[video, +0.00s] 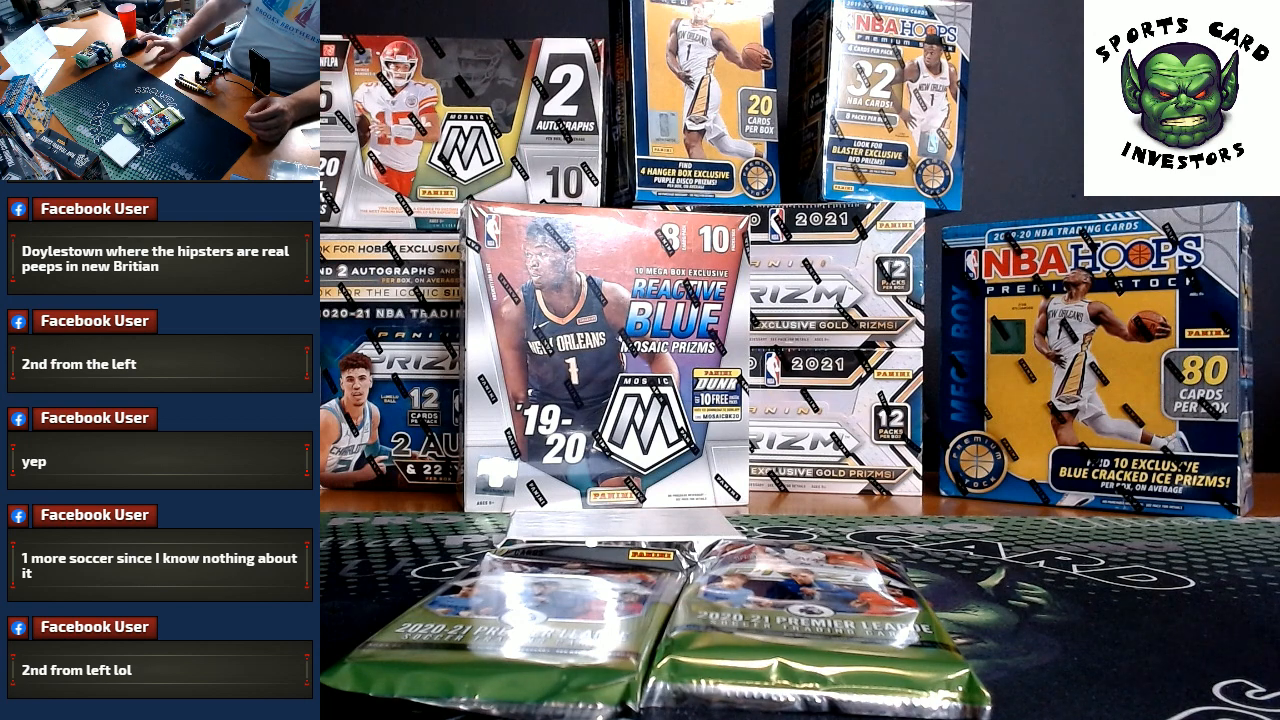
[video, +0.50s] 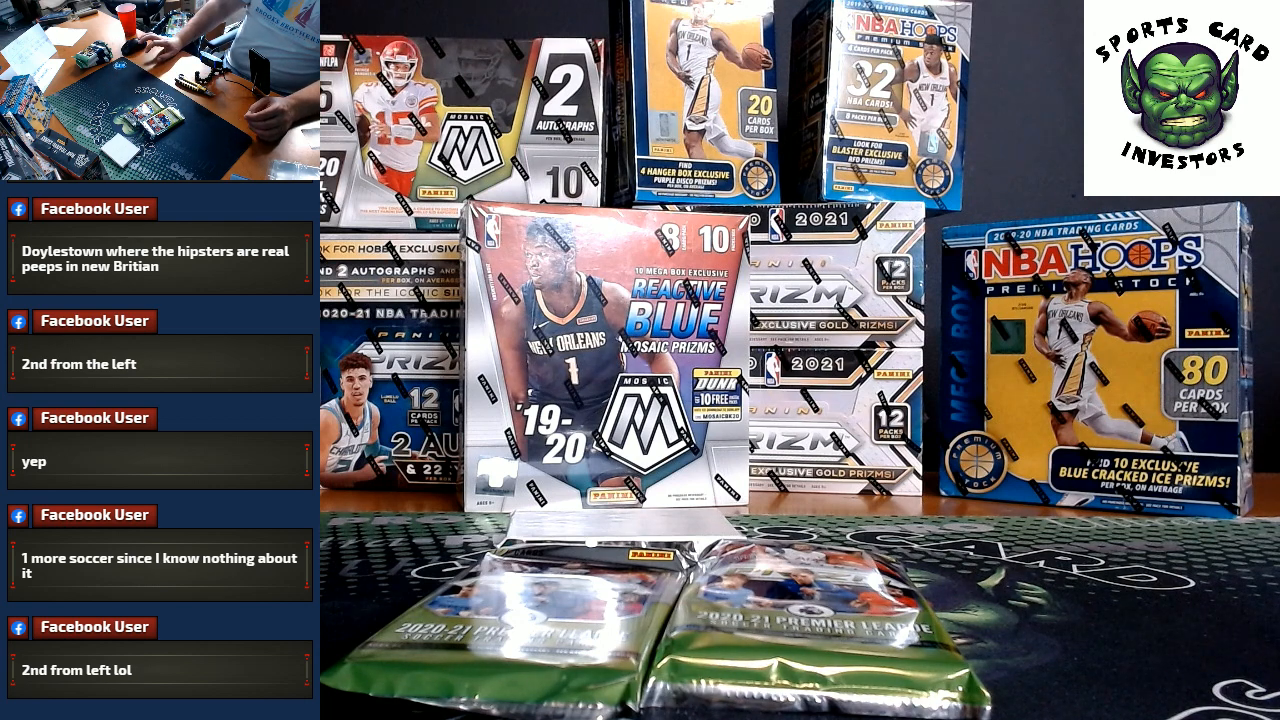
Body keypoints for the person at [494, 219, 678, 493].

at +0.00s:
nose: (532, 263)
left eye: (542, 254)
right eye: (529, 255)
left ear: (570, 256)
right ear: (524, 258)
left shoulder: (611, 299)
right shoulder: (514, 312)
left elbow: (657, 357)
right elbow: (518, 398)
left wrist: (663, 414)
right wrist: (524, 460)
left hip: (610, 424)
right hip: (549, 428)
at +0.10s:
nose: (532, 263)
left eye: (542, 254)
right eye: (529, 255)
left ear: (570, 255)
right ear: (524, 258)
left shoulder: (611, 299)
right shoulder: (514, 312)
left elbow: (657, 357)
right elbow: (518, 398)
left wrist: (663, 414)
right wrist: (524, 460)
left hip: (610, 424)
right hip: (549, 428)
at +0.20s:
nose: (532, 263)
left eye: (542, 254)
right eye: (529, 255)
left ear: (570, 255)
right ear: (524, 259)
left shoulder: (611, 299)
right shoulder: (513, 313)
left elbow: (657, 357)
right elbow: (518, 399)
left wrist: (663, 414)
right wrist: (524, 460)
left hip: (610, 423)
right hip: (549, 427)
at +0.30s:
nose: (532, 263)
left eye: (542, 254)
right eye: (529, 255)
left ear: (570, 255)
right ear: (524, 259)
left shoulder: (611, 299)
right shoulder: (513, 313)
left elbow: (657, 357)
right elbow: (518, 399)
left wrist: (663, 414)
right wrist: (524, 460)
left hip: (610, 422)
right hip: (549, 426)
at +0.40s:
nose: (532, 263)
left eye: (542, 254)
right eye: (529, 255)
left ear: (570, 255)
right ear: (524, 258)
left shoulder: (611, 299)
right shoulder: (513, 313)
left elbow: (658, 357)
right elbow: (518, 399)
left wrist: (663, 414)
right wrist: (524, 460)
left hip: (610, 422)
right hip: (549, 427)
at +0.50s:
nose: (532, 263)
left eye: (542, 254)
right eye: (529, 255)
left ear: (570, 255)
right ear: (524, 258)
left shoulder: (611, 299)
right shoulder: (513, 312)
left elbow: (658, 357)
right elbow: (518, 399)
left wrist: (663, 414)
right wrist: (524, 460)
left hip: (610, 423)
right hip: (549, 427)